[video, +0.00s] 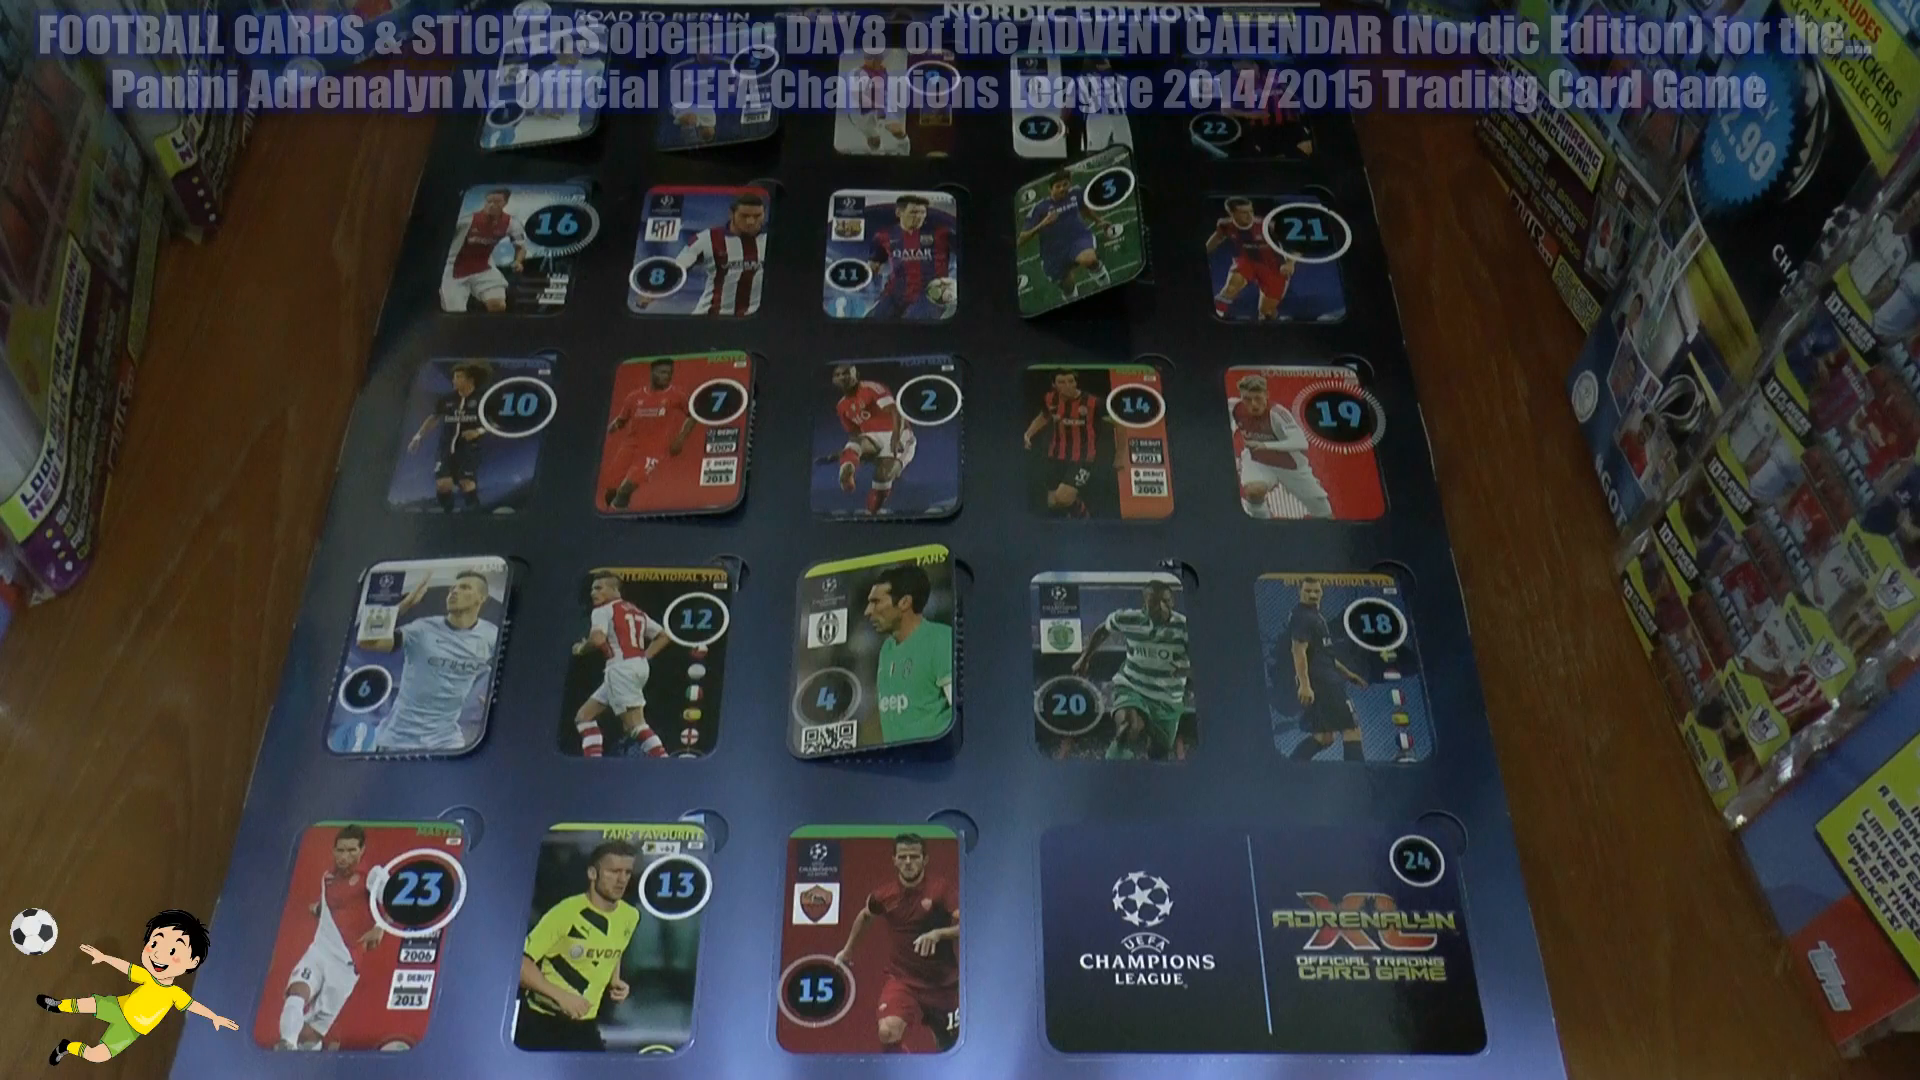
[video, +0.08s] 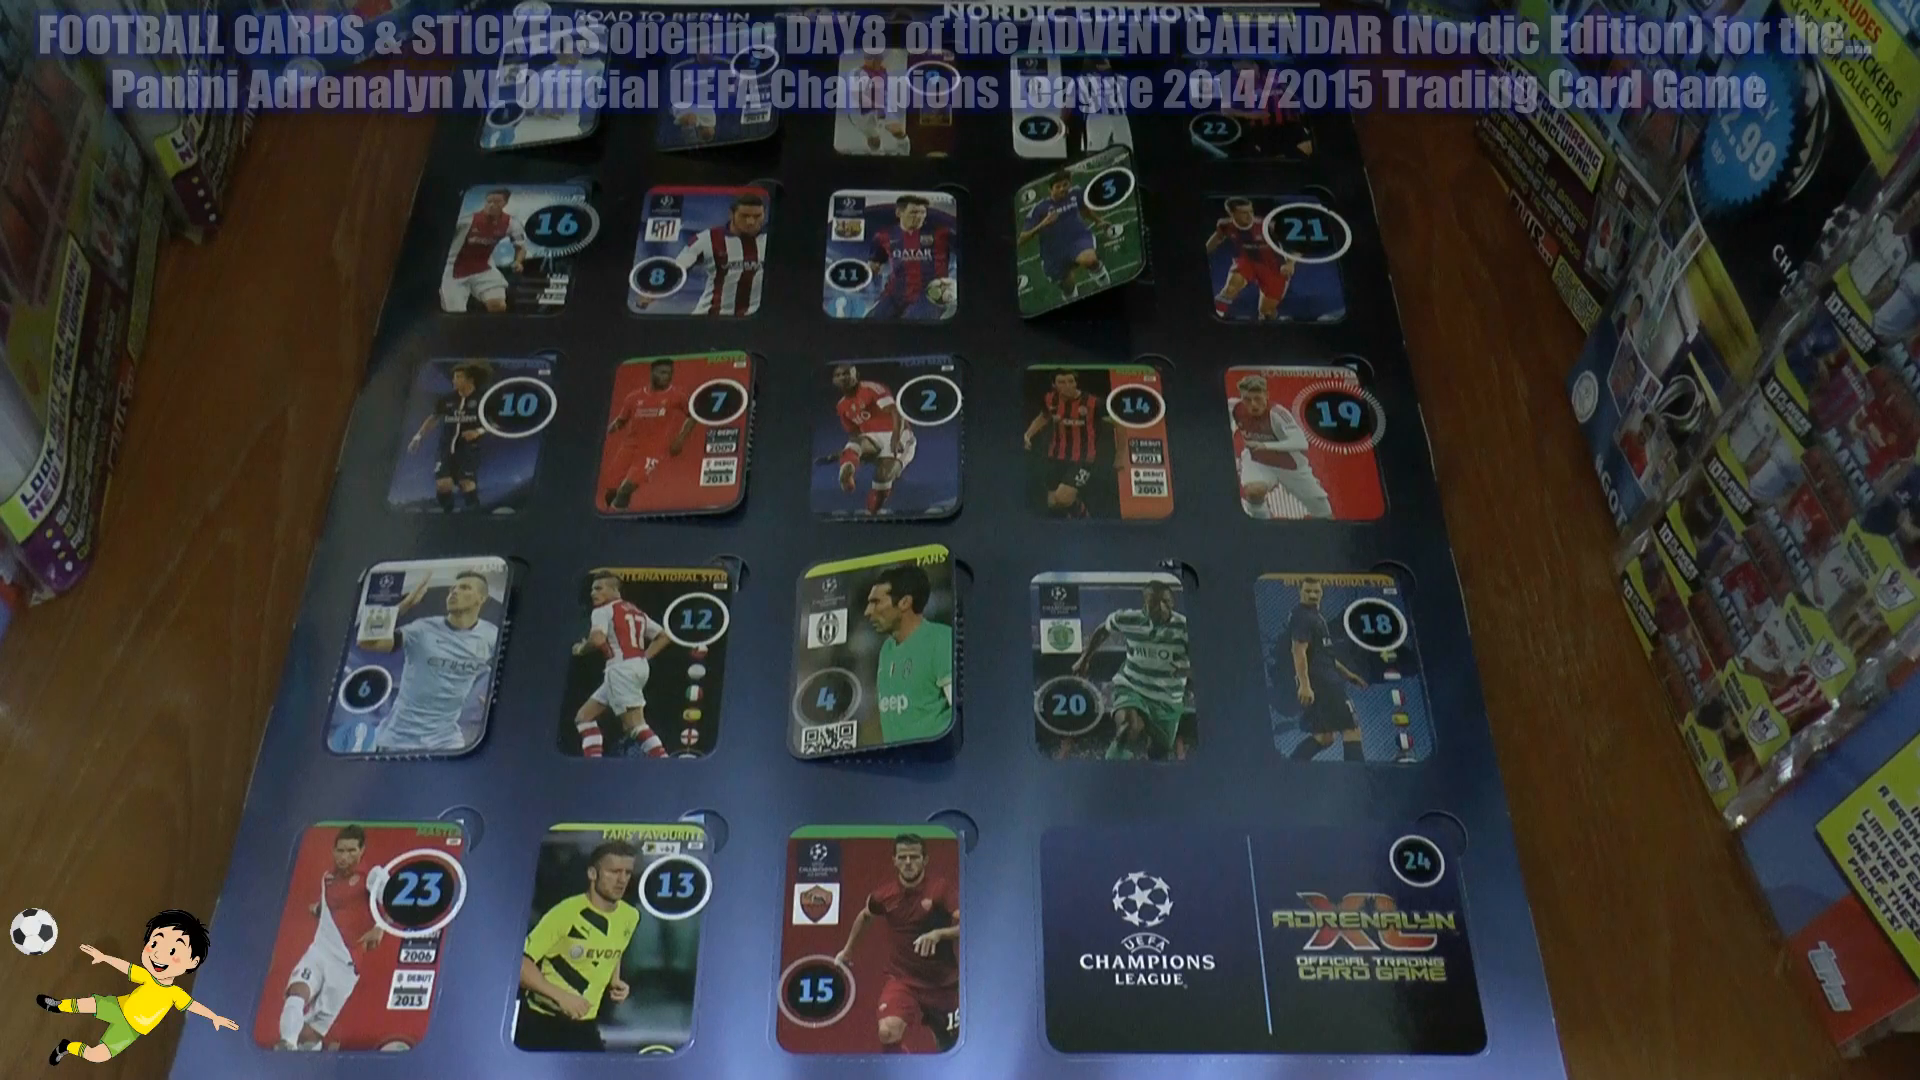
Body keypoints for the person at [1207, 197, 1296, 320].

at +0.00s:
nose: (1249, 216)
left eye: (1251, 212)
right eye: (1244, 213)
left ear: (1253, 211)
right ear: (1233, 214)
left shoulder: (1266, 226)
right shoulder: (1226, 226)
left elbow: (1291, 245)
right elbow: (1208, 248)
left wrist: (1290, 263)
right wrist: (1219, 234)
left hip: (1273, 268)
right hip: (1246, 263)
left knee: (1266, 311)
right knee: (1230, 290)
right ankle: (1214, 324)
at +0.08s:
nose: (1249, 216)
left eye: (1251, 212)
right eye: (1244, 213)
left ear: (1253, 211)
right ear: (1232, 214)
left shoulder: (1267, 226)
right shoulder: (1225, 226)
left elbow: (1291, 246)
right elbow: (1208, 249)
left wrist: (1290, 263)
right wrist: (1218, 236)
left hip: (1273, 268)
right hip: (1246, 263)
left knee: (1267, 311)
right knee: (1230, 290)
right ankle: (1214, 324)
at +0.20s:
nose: (1249, 216)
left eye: (1251, 212)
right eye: (1244, 213)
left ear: (1253, 211)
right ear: (1232, 215)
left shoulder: (1267, 226)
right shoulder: (1226, 226)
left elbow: (1291, 245)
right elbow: (1217, 238)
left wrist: (1290, 263)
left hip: (1273, 268)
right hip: (1246, 263)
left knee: (1267, 311)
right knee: (1230, 290)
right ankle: (1214, 322)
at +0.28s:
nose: (1249, 216)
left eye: (1251, 212)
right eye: (1244, 213)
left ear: (1253, 211)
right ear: (1232, 214)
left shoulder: (1267, 226)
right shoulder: (1226, 226)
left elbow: (1291, 245)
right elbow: (1217, 238)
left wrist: (1290, 263)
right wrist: (1204, 252)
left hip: (1273, 268)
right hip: (1246, 263)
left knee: (1267, 311)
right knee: (1230, 290)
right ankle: (1213, 323)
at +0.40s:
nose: (1249, 216)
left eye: (1251, 212)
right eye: (1245, 213)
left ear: (1253, 211)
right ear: (1232, 214)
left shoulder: (1267, 226)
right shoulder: (1225, 226)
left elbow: (1292, 245)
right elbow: (1217, 238)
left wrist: (1290, 263)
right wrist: (1203, 252)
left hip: (1273, 268)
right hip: (1247, 263)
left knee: (1267, 311)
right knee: (1230, 291)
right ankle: (1213, 325)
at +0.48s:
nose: (1250, 216)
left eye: (1251, 212)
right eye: (1244, 213)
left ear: (1253, 211)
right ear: (1232, 214)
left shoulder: (1267, 226)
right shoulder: (1225, 226)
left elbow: (1291, 245)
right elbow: (1216, 239)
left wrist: (1290, 263)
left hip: (1273, 268)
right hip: (1246, 263)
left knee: (1267, 311)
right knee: (1230, 290)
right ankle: (1213, 325)